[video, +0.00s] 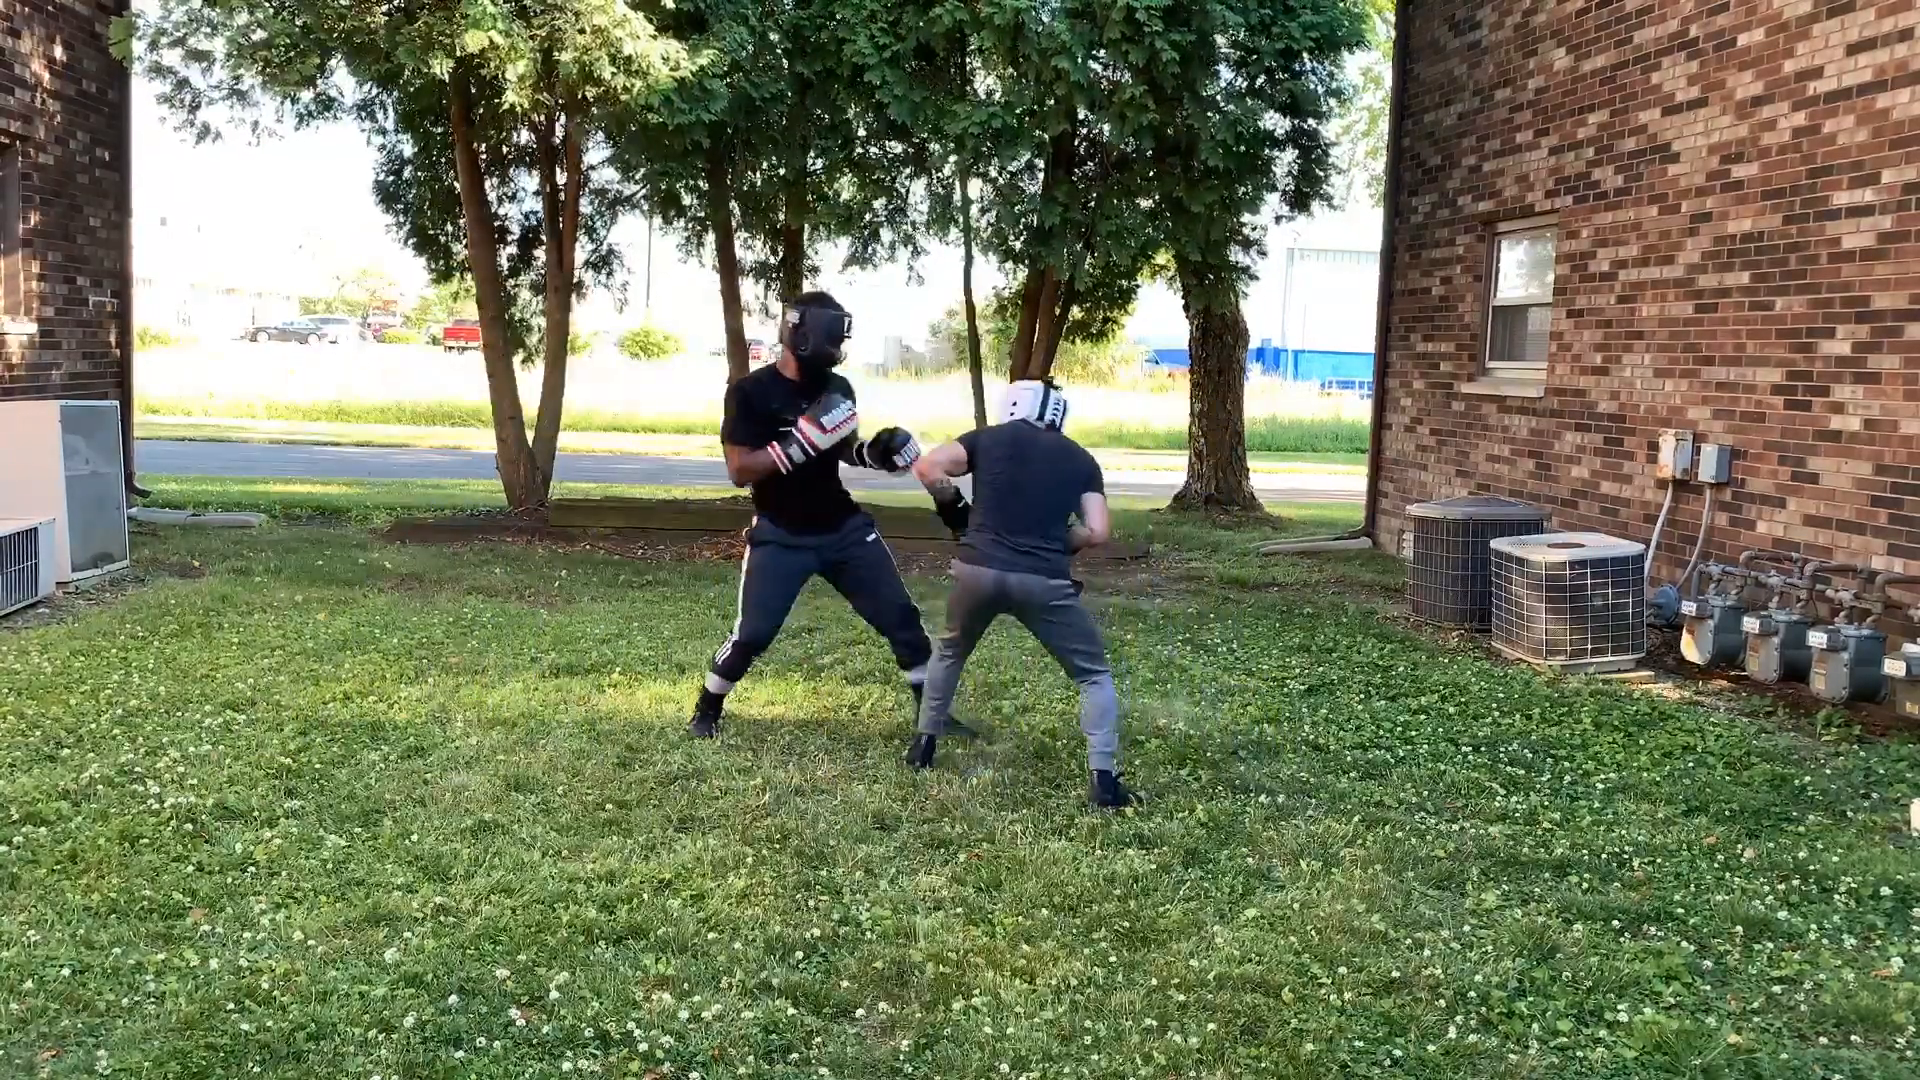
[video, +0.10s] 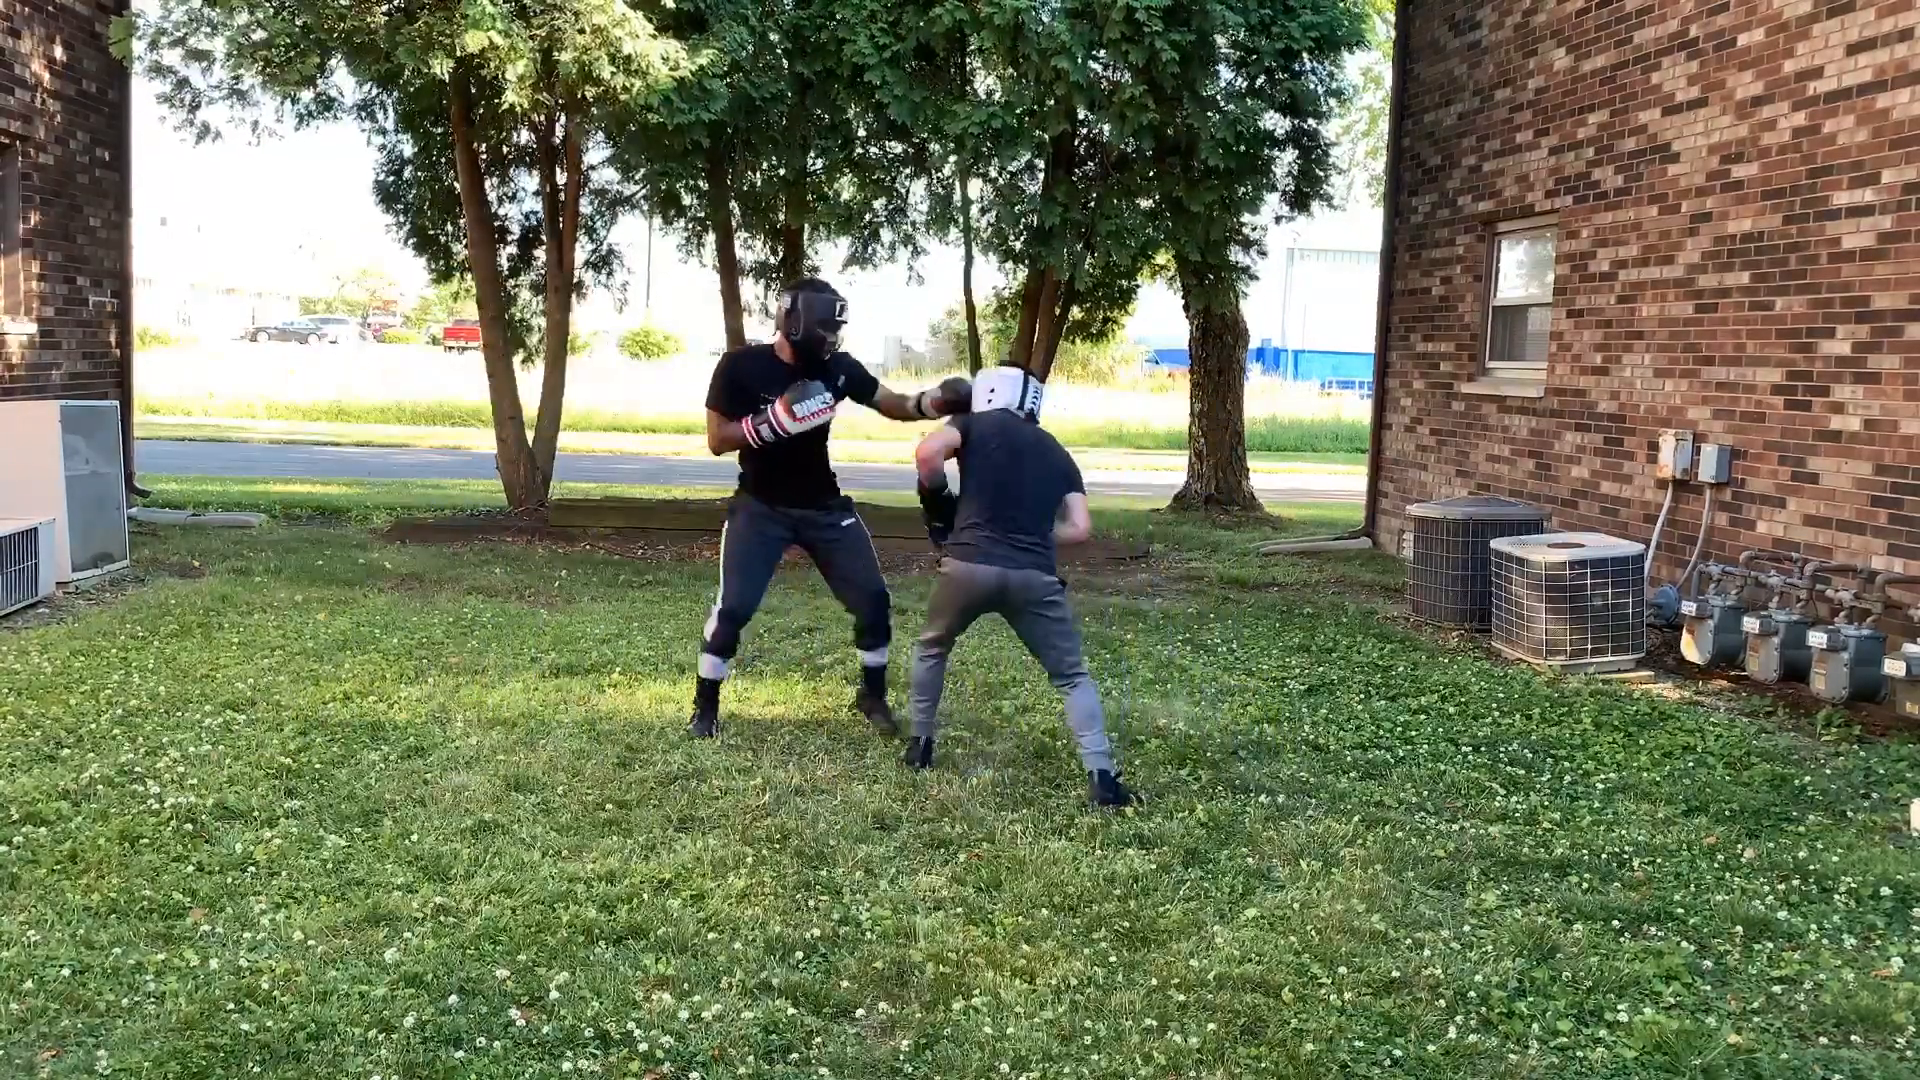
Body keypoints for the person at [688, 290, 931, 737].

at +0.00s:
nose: (838, 347)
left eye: (840, 337)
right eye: (830, 336)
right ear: (798, 334)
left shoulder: (836, 388)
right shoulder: (749, 393)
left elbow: (842, 447)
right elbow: (739, 470)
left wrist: (876, 453)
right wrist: (798, 444)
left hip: (843, 529)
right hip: (779, 535)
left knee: (902, 619)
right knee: (754, 634)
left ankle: (932, 712)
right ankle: (709, 705)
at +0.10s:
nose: (834, 336)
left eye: (836, 326)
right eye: (825, 325)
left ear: (834, 324)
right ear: (794, 322)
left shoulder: (837, 367)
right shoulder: (739, 367)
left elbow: (891, 404)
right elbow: (717, 441)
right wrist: (771, 420)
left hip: (825, 506)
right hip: (759, 506)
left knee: (873, 600)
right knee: (734, 609)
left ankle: (873, 696)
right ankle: (706, 704)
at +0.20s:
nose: (820, 333)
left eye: (824, 323)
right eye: (811, 323)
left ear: (825, 323)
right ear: (782, 319)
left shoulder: (828, 361)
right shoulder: (731, 363)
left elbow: (895, 383)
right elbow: (710, 435)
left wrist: (953, 375)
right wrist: (756, 413)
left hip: (805, 507)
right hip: (741, 501)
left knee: (836, 601)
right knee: (706, 593)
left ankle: (841, 703)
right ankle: (682, 684)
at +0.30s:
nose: (791, 330)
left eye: (796, 321)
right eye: (782, 319)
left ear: (799, 322)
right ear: (753, 316)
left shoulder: (806, 356)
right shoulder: (708, 371)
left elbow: (874, 367)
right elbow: (700, 444)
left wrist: (918, 350)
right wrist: (745, 410)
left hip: (795, 515)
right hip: (728, 514)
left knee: (831, 602)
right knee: (677, 602)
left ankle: (841, 700)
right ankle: (652, 660)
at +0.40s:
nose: (745, 337)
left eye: (752, 328)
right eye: (736, 327)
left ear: (759, 329)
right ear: (709, 324)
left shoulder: (770, 366)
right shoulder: (675, 381)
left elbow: (833, 390)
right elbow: (676, 451)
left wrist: (867, 366)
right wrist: (717, 415)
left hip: (773, 522)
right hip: (708, 524)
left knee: (813, 610)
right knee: (664, 603)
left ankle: (840, 701)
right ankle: (634, 667)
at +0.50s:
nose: (713, 343)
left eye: (719, 334)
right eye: (702, 333)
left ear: (725, 334)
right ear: (674, 331)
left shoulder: (739, 377)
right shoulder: (643, 390)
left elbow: (796, 416)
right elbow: (640, 458)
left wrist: (815, 399)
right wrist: (684, 420)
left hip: (745, 521)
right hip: (682, 524)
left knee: (780, 604)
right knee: (644, 604)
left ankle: (829, 695)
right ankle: (631, 670)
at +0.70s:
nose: (710, 323)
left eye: (713, 312)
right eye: (701, 312)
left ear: (712, 310)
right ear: (669, 308)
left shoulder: (713, 357)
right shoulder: (615, 356)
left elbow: (735, 429)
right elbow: (591, 427)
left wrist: (749, 407)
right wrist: (648, 403)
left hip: (705, 498)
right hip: (639, 502)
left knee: (749, 592)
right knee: (611, 602)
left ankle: (753, 683)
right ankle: (571, 685)